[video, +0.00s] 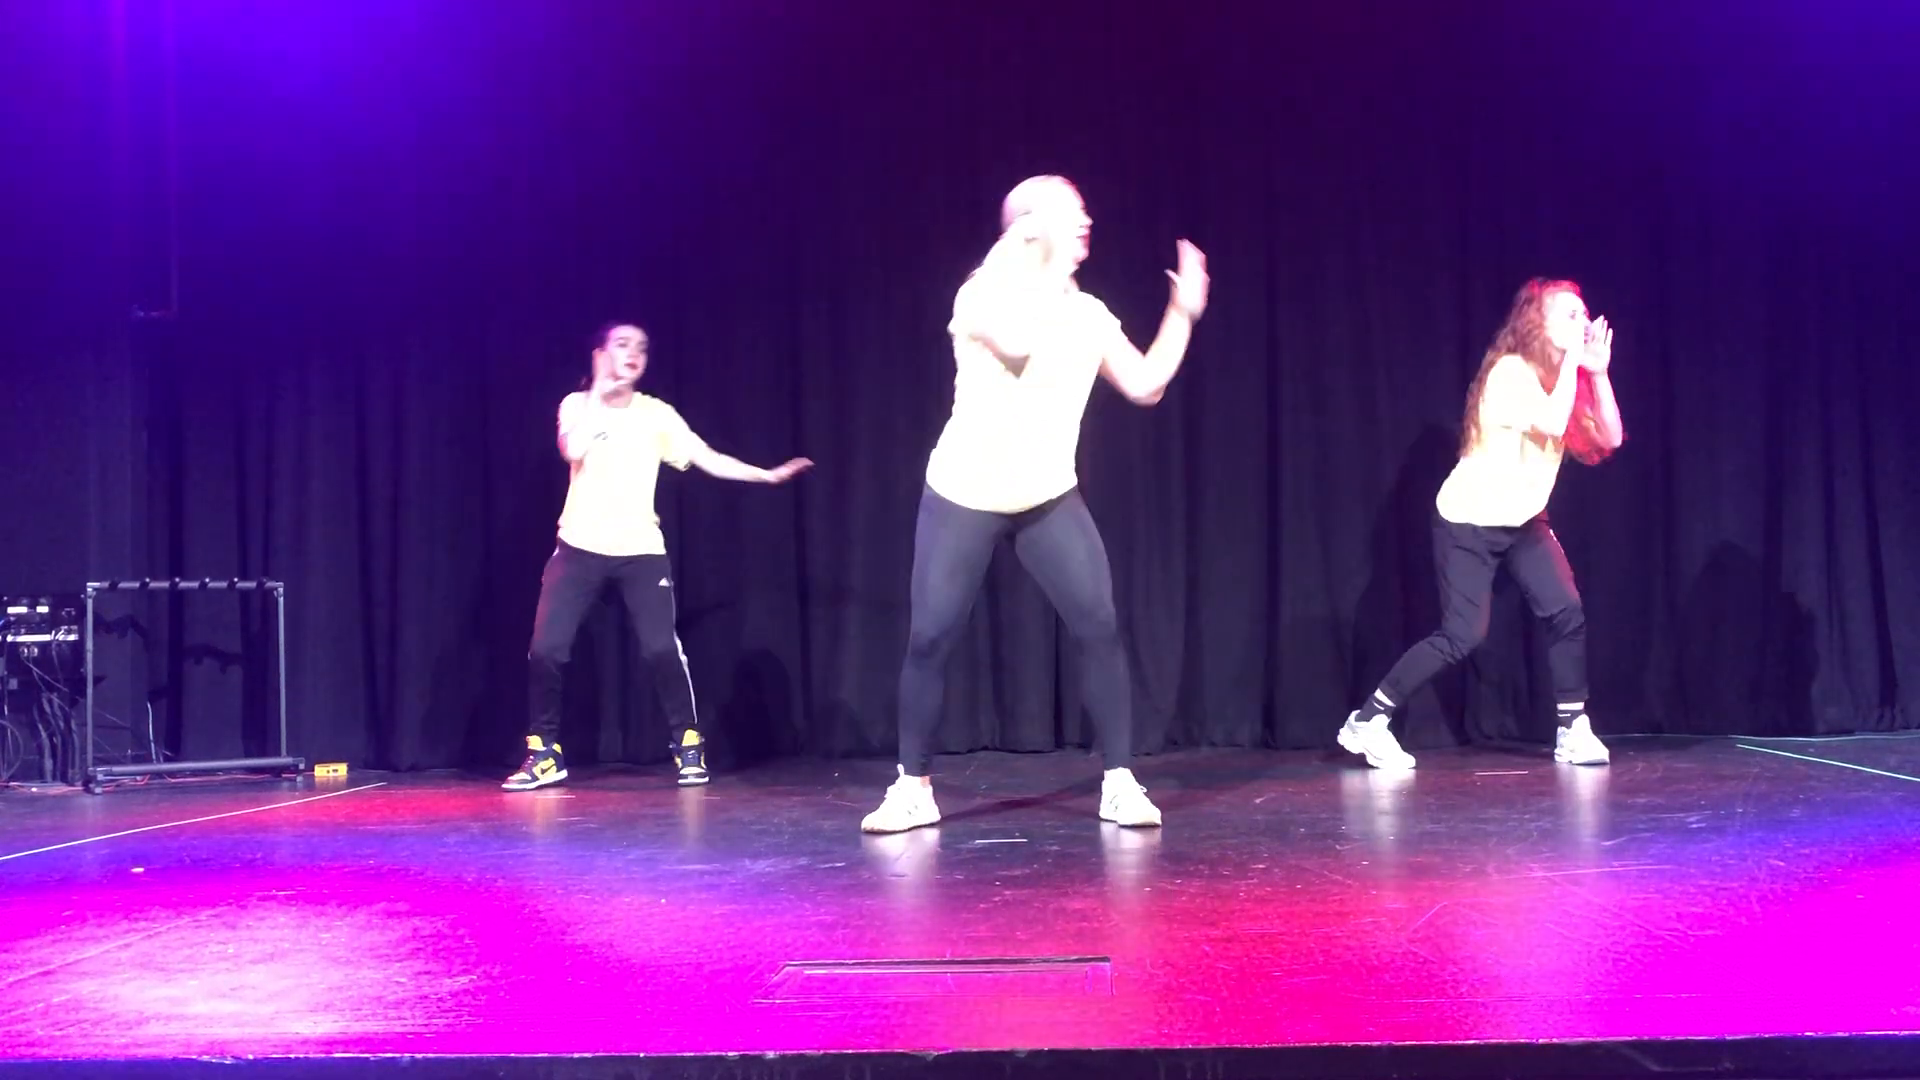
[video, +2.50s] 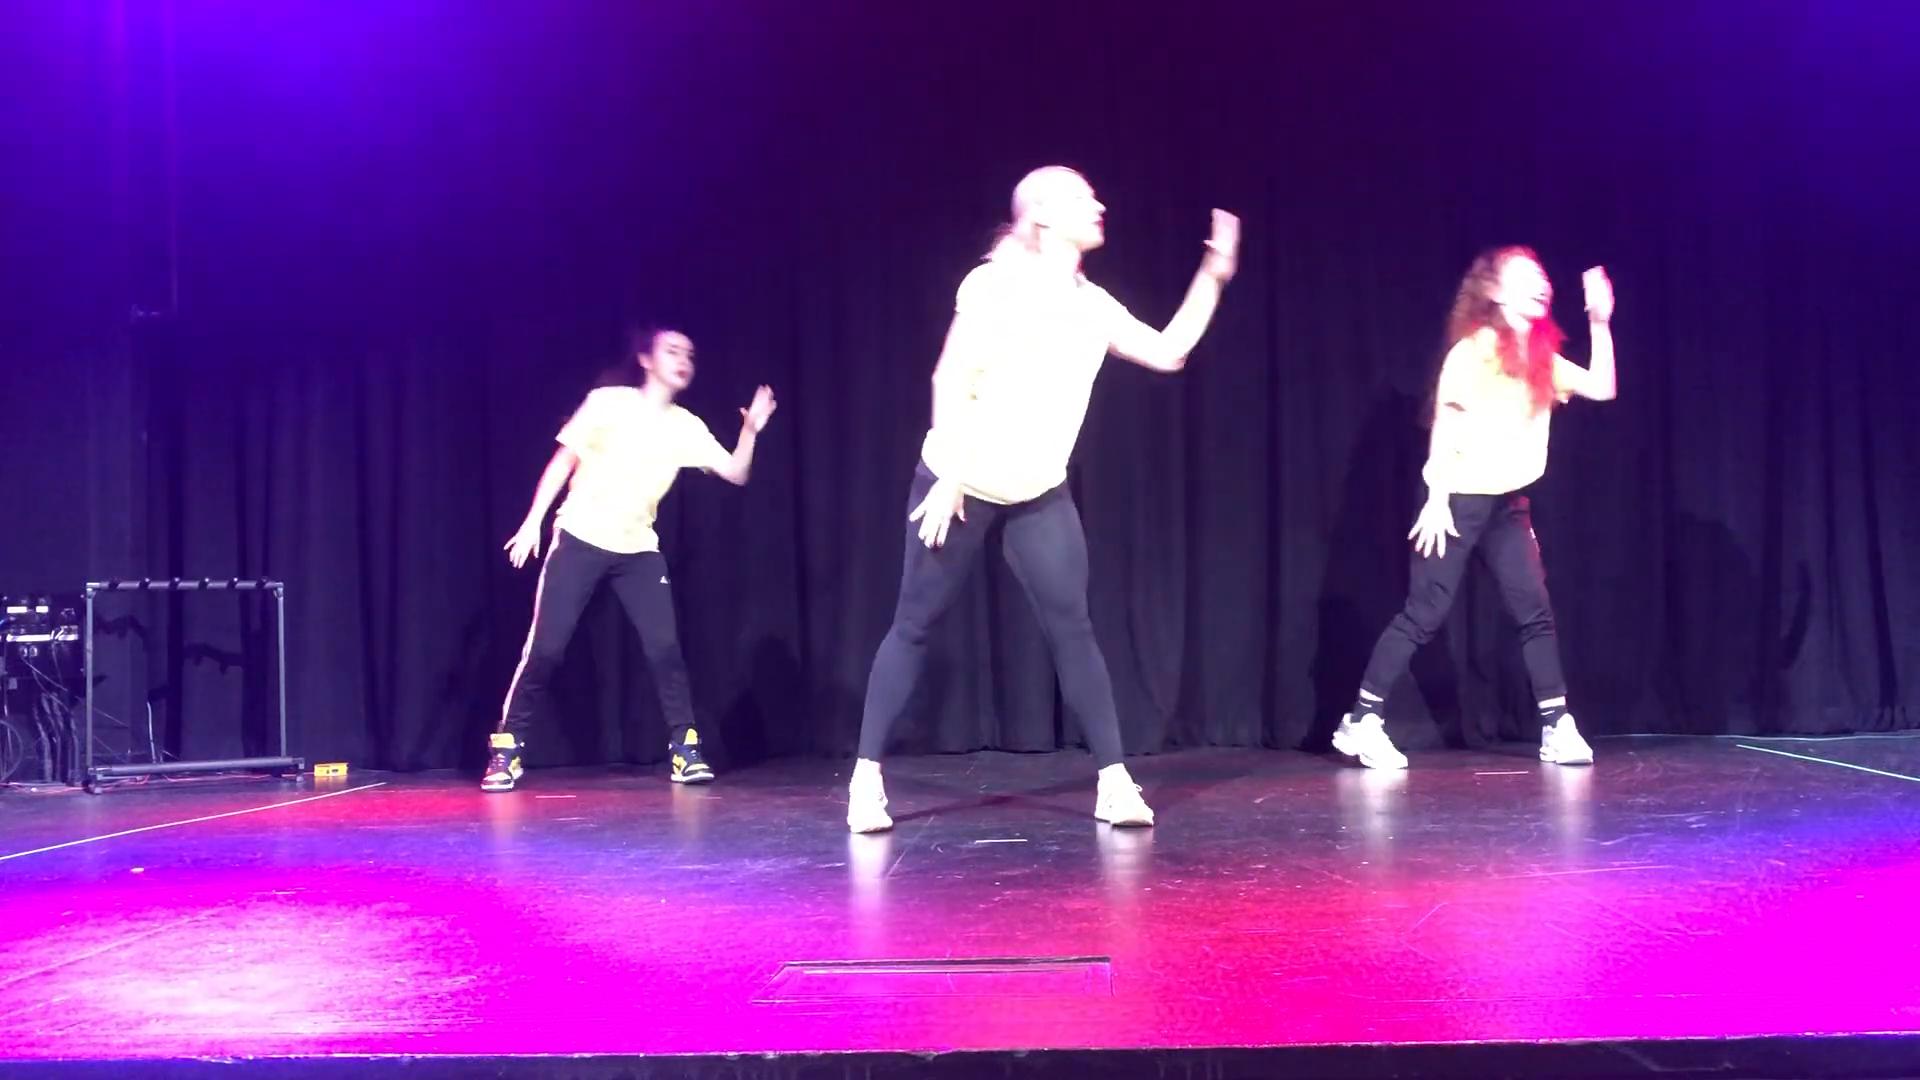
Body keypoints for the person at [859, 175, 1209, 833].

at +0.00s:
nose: (1088, 221)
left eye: (1085, 210)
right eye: (1074, 208)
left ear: (1072, 227)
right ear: (1032, 220)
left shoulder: (1085, 311)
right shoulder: (986, 288)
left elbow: (1145, 383)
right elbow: (1011, 344)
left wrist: (1182, 312)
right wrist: (1025, 249)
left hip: (1049, 494)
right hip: (965, 491)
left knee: (1098, 622)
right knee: (930, 634)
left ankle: (1119, 781)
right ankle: (912, 787)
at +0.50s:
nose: (1165, 272)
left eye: (1167, 262)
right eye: (1152, 260)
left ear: (1163, 271)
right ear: (1108, 262)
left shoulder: (1129, 331)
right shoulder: (1081, 304)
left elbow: (1169, 425)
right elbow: (1121, 391)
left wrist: (1178, 343)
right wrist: (1158, 323)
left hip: (1047, 505)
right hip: (974, 492)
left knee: (1094, 626)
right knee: (954, 645)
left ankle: (1116, 781)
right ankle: (882, 778)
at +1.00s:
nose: (1107, 333)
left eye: (1113, 322)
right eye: (1094, 322)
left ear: (1120, 324)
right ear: (1056, 325)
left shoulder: (1112, 379)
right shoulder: (1014, 366)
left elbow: (1166, 465)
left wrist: (1137, 397)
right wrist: (1073, 386)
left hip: (1034, 512)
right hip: (949, 504)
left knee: (1074, 632)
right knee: (930, 628)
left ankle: (1117, 780)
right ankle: (880, 779)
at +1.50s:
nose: (852, 308)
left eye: (864, 293)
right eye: (839, 298)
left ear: (890, 299)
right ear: (823, 313)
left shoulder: (945, 329)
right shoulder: (847, 385)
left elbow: (951, 396)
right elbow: (822, 478)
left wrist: (877, 351)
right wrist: (821, 391)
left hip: (1035, 490)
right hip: (951, 508)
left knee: (1072, 624)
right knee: (924, 635)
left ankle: (1118, 775)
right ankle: (885, 782)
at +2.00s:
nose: (932, 208)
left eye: (949, 197)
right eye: (922, 201)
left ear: (979, 214)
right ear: (910, 220)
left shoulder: (1012, 272)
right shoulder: (897, 292)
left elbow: (1037, 314)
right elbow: (846, 350)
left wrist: (966, 259)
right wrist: (892, 270)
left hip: (1020, 476)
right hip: (934, 486)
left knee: (1067, 620)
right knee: (914, 629)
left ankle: (1117, 774)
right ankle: (882, 782)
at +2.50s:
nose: (1099, 206)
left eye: (1094, 196)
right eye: (1083, 195)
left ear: (1071, 217)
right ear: (1043, 212)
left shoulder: (1091, 305)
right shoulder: (995, 283)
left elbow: (1167, 352)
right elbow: (952, 377)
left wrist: (1213, 276)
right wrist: (949, 473)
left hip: (1040, 488)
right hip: (960, 476)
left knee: (1072, 625)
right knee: (913, 626)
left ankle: (1114, 779)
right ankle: (867, 772)